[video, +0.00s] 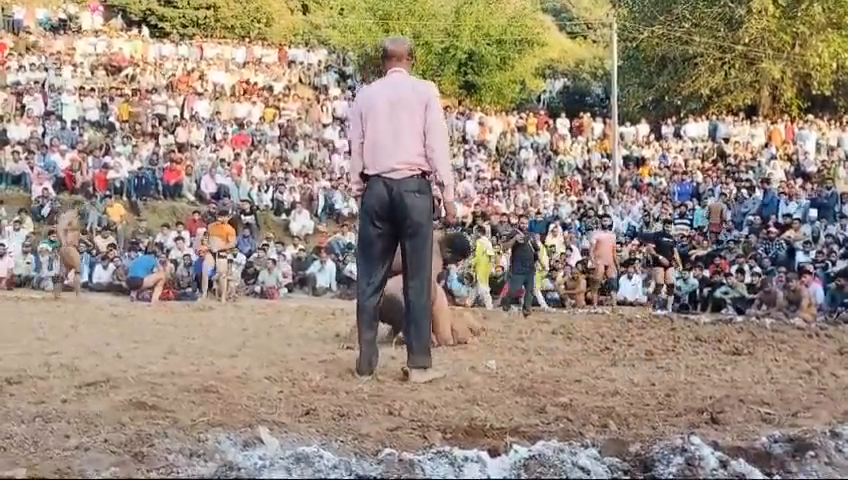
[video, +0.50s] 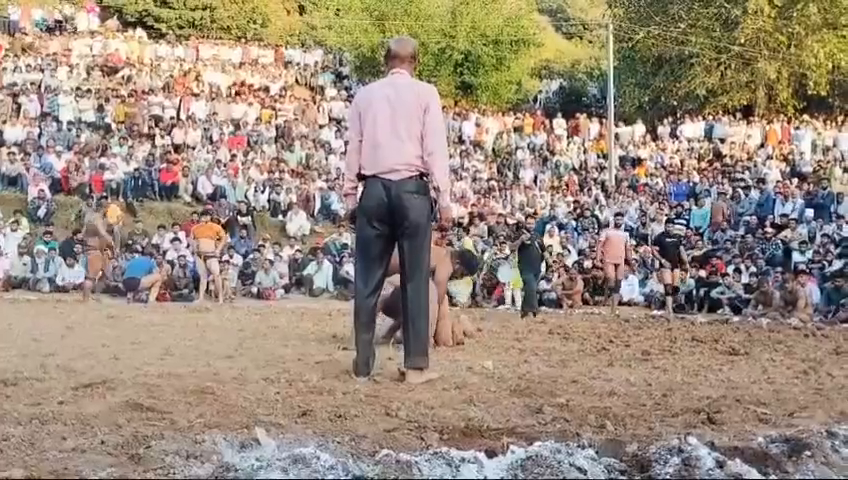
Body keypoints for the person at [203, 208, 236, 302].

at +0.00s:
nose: (222, 218)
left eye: (224, 216)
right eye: (220, 215)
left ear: (228, 217)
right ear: (217, 216)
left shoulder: (230, 229)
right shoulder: (211, 227)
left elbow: (232, 243)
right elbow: (207, 239)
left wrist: (219, 248)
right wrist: (207, 246)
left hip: (222, 253)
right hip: (210, 252)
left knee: (222, 274)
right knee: (205, 270)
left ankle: (223, 296)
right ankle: (204, 293)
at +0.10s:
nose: (216, 218)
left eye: (219, 216)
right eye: (215, 216)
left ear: (223, 217)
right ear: (213, 217)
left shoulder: (227, 229)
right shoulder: (208, 227)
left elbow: (230, 243)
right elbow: (203, 239)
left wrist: (218, 249)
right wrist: (203, 248)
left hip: (219, 255)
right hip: (207, 253)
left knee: (221, 276)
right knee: (206, 274)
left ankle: (222, 298)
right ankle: (204, 296)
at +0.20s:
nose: (213, 218)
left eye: (215, 215)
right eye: (211, 215)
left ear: (219, 216)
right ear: (209, 216)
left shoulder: (222, 228)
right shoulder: (203, 227)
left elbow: (229, 239)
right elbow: (196, 236)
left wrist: (221, 248)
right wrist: (198, 247)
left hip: (217, 253)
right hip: (204, 252)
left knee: (220, 275)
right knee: (205, 274)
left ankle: (222, 297)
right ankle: (204, 296)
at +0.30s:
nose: (210, 217)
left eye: (212, 215)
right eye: (208, 215)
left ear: (216, 216)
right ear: (206, 216)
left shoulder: (219, 227)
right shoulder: (200, 228)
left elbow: (228, 239)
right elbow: (194, 238)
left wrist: (220, 249)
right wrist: (197, 248)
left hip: (215, 253)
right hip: (202, 253)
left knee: (219, 274)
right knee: (204, 275)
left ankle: (221, 298)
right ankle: (202, 297)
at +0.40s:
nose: (207, 217)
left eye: (209, 215)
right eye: (205, 215)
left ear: (212, 216)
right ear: (202, 216)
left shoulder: (217, 227)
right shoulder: (197, 228)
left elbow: (226, 238)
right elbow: (192, 238)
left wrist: (219, 249)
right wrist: (195, 248)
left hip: (213, 252)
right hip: (200, 253)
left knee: (217, 274)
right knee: (204, 276)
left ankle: (221, 297)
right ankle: (202, 298)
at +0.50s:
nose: (205, 218)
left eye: (207, 215)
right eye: (203, 216)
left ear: (210, 216)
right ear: (200, 217)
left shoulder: (216, 227)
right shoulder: (195, 228)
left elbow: (223, 237)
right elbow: (192, 239)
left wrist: (218, 249)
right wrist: (194, 248)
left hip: (211, 252)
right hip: (199, 253)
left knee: (216, 275)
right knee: (202, 276)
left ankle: (220, 298)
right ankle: (201, 298)